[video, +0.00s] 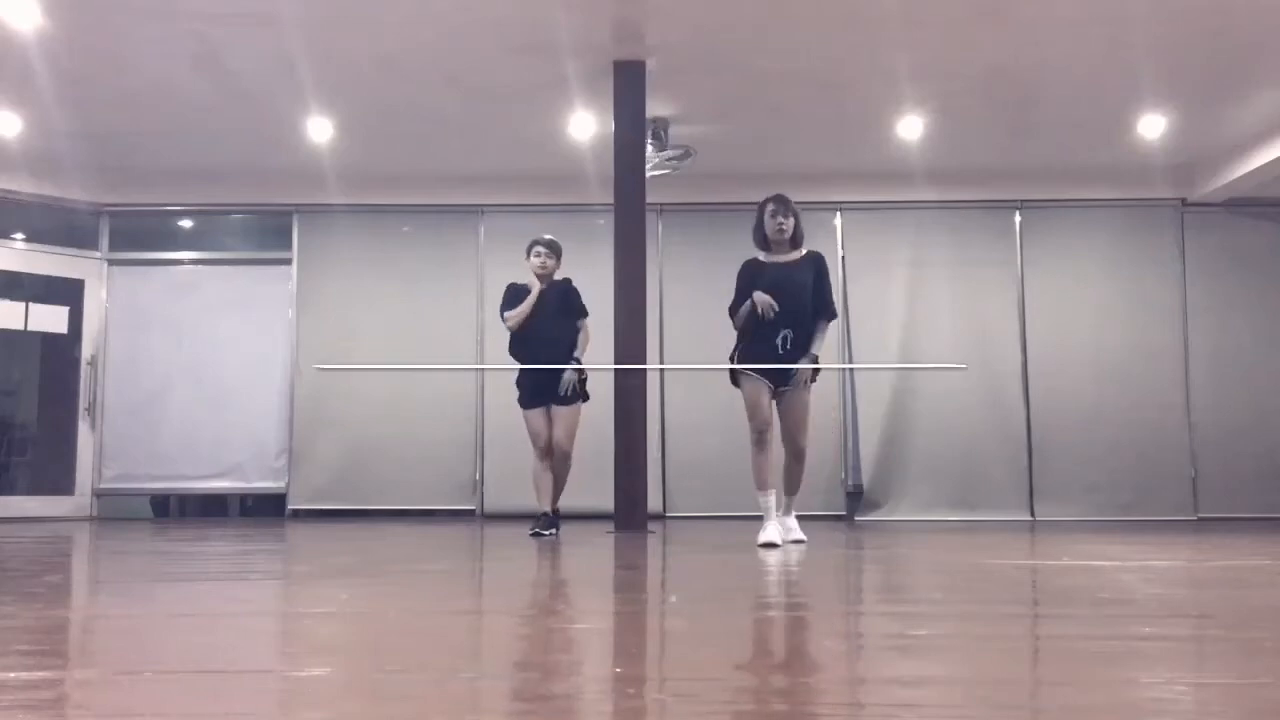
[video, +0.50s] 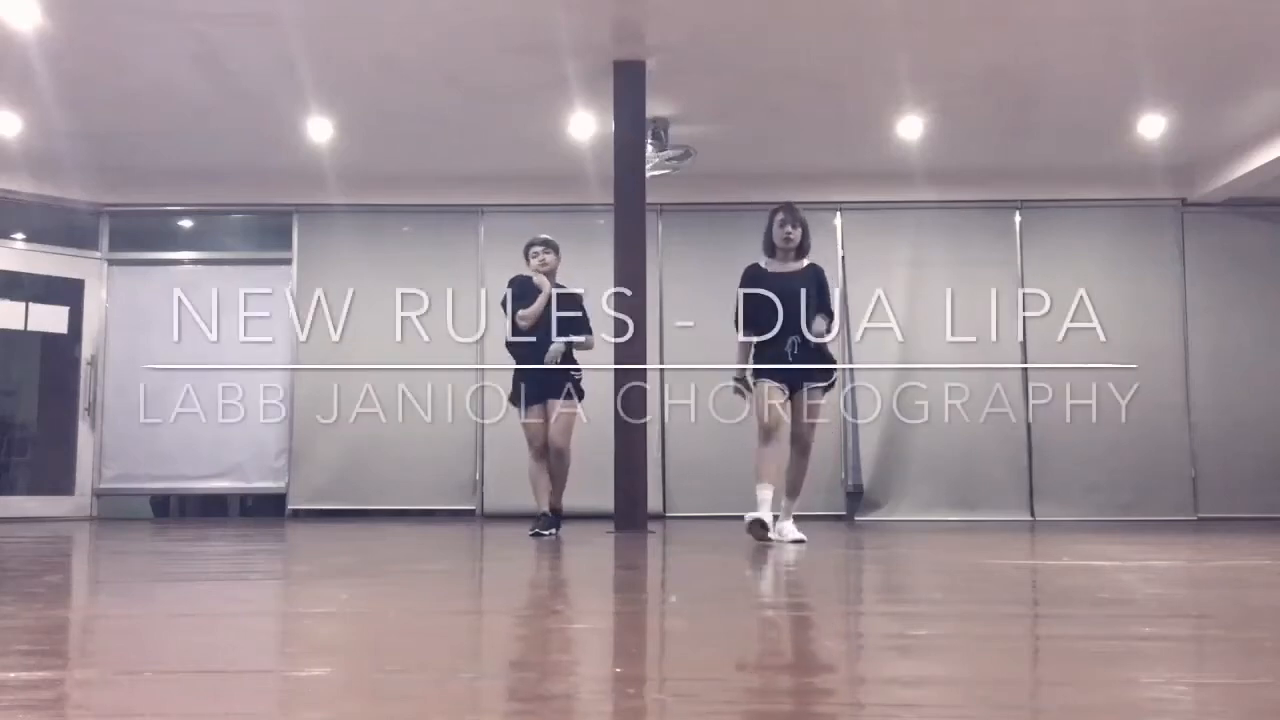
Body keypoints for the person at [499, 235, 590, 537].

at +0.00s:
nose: (543, 260)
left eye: (549, 256)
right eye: (537, 255)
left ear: (557, 262)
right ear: (528, 260)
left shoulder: (567, 290)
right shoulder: (517, 291)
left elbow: (584, 330)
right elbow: (511, 322)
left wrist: (575, 362)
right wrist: (535, 291)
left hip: (565, 375)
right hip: (531, 376)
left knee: (562, 448)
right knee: (541, 448)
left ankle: (552, 508)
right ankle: (545, 515)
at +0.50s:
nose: (541, 258)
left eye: (547, 253)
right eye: (535, 255)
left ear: (558, 260)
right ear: (527, 263)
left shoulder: (571, 296)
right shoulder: (520, 285)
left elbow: (587, 341)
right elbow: (524, 321)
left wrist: (565, 342)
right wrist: (546, 291)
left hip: (563, 376)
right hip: (529, 375)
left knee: (558, 444)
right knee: (537, 448)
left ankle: (556, 506)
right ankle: (544, 514)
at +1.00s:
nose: (541, 258)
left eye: (546, 253)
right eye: (535, 256)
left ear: (557, 259)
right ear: (528, 264)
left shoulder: (574, 294)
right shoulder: (520, 294)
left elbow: (587, 334)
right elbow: (516, 328)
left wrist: (573, 339)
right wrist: (547, 307)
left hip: (567, 377)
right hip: (533, 377)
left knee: (561, 447)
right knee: (541, 446)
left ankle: (542, 507)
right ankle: (543, 514)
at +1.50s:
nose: (549, 257)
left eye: (554, 253)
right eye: (543, 253)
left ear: (564, 259)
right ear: (534, 260)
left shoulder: (580, 294)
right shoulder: (522, 296)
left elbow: (593, 337)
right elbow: (510, 341)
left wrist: (585, 324)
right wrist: (500, 376)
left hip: (574, 378)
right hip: (538, 379)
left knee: (561, 448)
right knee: (552, 444)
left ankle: (543, 508)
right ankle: (556, 512)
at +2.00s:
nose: (546, 259)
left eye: (552, 254)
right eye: (540, 254)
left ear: (562, 260)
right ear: (532, 259)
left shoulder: (576, 295)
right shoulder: (519, 298)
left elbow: (585, 341)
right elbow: (518, 347)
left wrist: (581, 376)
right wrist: (514, 379)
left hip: (567, 382)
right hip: (531, 383)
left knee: (546, 445)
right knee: (546, 449)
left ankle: (527, 511)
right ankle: (558, 514)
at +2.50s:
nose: (542, 242)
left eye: (548, 237)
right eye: (536, 237)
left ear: (559, 243)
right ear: (526, 243)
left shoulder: (568, 285)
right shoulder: (508, 279)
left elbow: (576, 332)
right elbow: (493, 323)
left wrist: (578, 352)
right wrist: (481, 357)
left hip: (553, 370)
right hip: (515, 370)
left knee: (541, 447)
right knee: (520, 449)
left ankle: (527, 516)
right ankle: (540, 503)